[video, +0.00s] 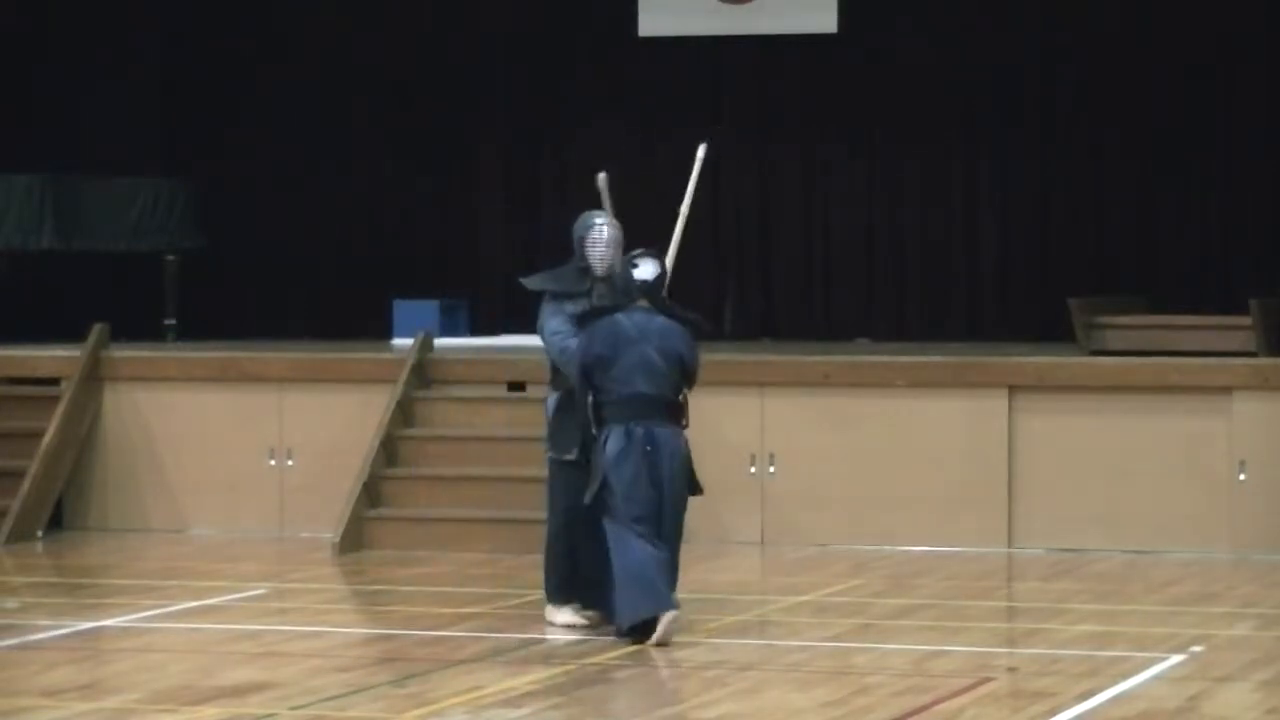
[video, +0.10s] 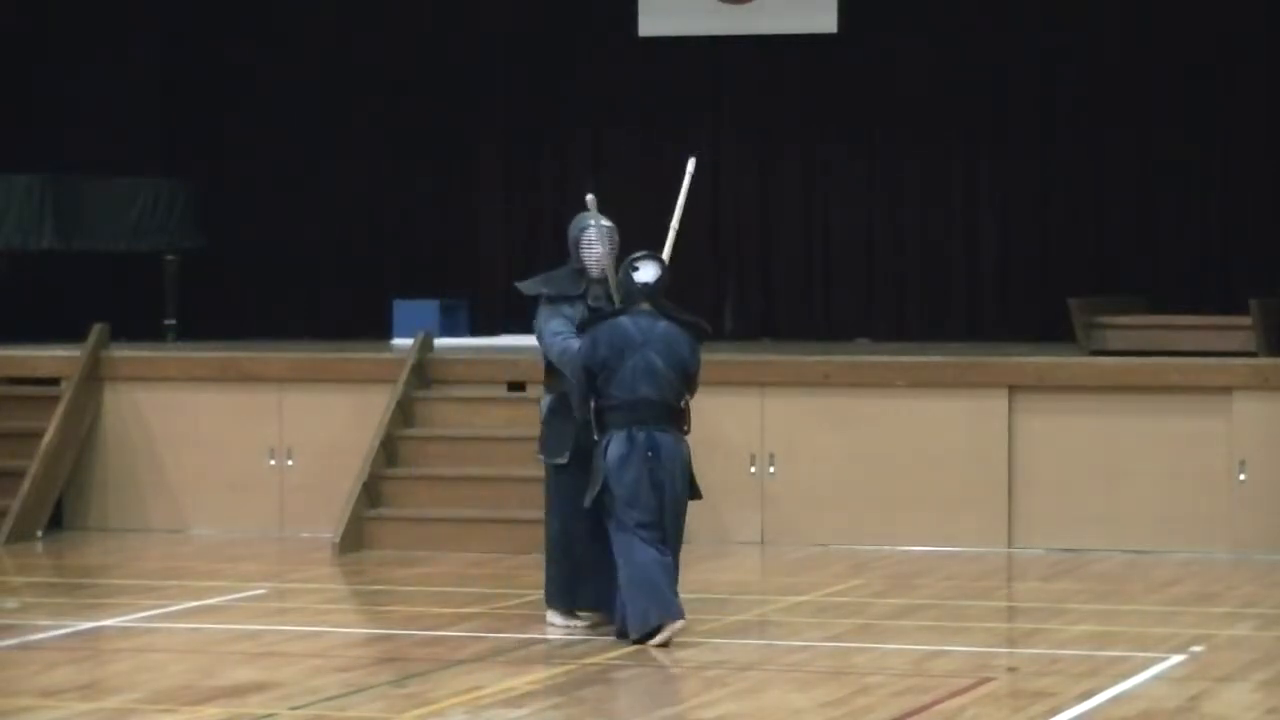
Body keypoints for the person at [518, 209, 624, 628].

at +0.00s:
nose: (602, 251)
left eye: (609, 243)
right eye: (595, 243)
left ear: (620, 247)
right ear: (581, 246)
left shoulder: (634, 290)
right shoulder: (560, 295)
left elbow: (671, 332)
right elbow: (569, 353)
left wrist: (652, 296)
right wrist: (605, 366)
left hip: (621, 410)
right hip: (573, 409)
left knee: (611, 506)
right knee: (569, 507)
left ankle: (605, 599)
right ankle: (560, 600)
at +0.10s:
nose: (597, 251)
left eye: (603, 243)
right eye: (589, 244)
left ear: (615, 247)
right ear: (575, 249)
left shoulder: (630, 292)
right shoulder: (558, 293)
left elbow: (647, 337)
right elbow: (559, 342)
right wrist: (599, 365)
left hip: (617, 409)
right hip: (569, 410)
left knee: (611, 507)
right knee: (569, 508)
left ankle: (608, 602)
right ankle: (562, 604)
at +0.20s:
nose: (593, 251)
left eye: (600, 243)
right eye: (584, 244)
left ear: (613, 248)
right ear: (571, 250)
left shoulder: (625, 294)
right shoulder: (553, 297)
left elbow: (642, 339)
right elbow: (566, 349)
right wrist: (608, 363)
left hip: (611, 416)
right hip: (561, 417)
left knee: (604, 511)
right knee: (561, 512)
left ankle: (602, 602)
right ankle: (559, 605)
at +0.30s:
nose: (589, 260)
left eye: (596, 251)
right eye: (580, 252)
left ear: (607, 256)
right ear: (565, 257)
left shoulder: (619, 297)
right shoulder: (546, 300)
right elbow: (557, 342)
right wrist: (606, 350)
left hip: (603, 417)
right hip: (551, 419)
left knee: (601, 510)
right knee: (555, 513)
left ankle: (602, 602)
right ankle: (561, 607)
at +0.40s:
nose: (577, 261)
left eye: (584, 252)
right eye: (569, 252)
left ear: (595, 255)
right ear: (552, 256)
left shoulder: (608, 302)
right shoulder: (534, 300)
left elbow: (622, 342)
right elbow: (540, 335)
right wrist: (599, 340)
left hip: (595, 418)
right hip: (545, 419)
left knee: (594, 511)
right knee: (550, 511)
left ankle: (593, 604)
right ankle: (556, 608)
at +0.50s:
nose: (567, 259)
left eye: (574, 250)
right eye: (559, 251)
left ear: (583, 255)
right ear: (541, 254)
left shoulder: (593, 298)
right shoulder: (524, 301)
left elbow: (618, 333)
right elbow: (548, 332)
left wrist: (635, 298)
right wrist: (609, 303)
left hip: (578, 415)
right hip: (535, 415)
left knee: (586, 509)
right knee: (541, 508)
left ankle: (584, 603)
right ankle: (546, 605)